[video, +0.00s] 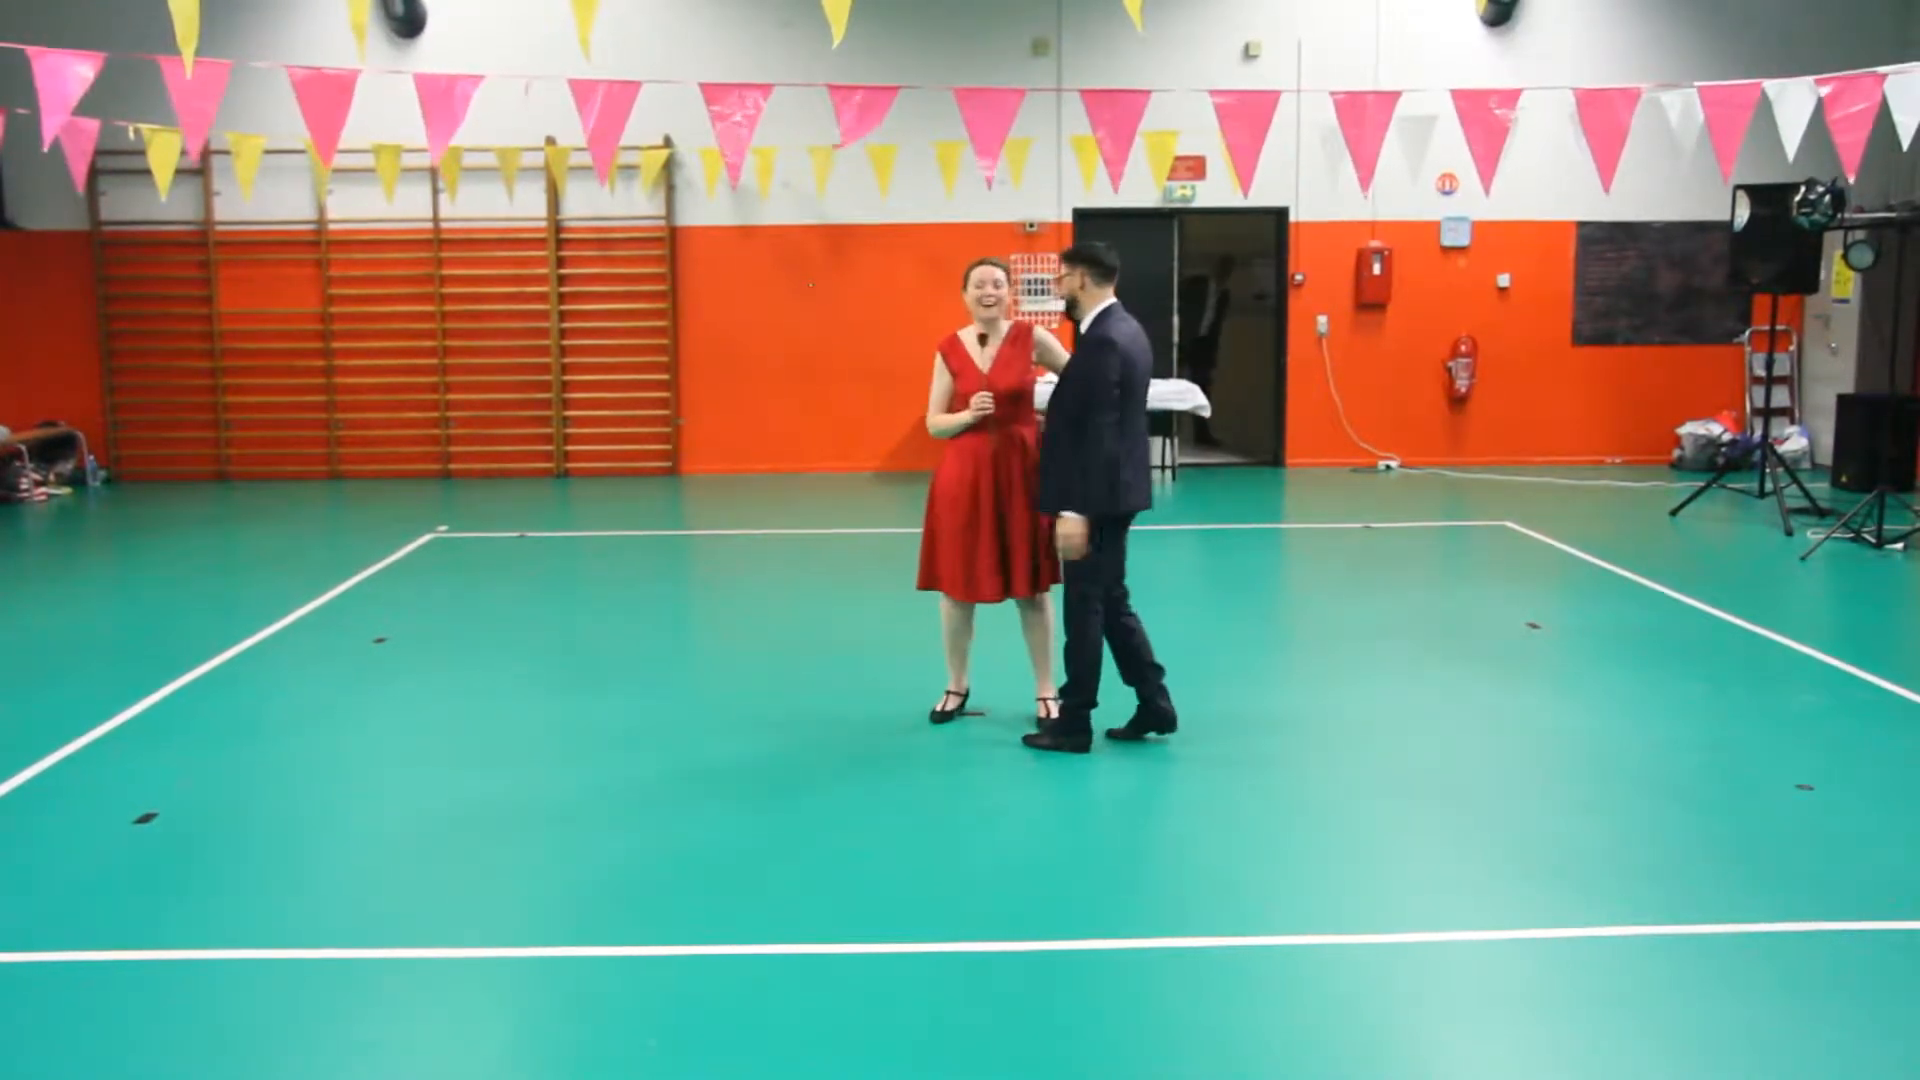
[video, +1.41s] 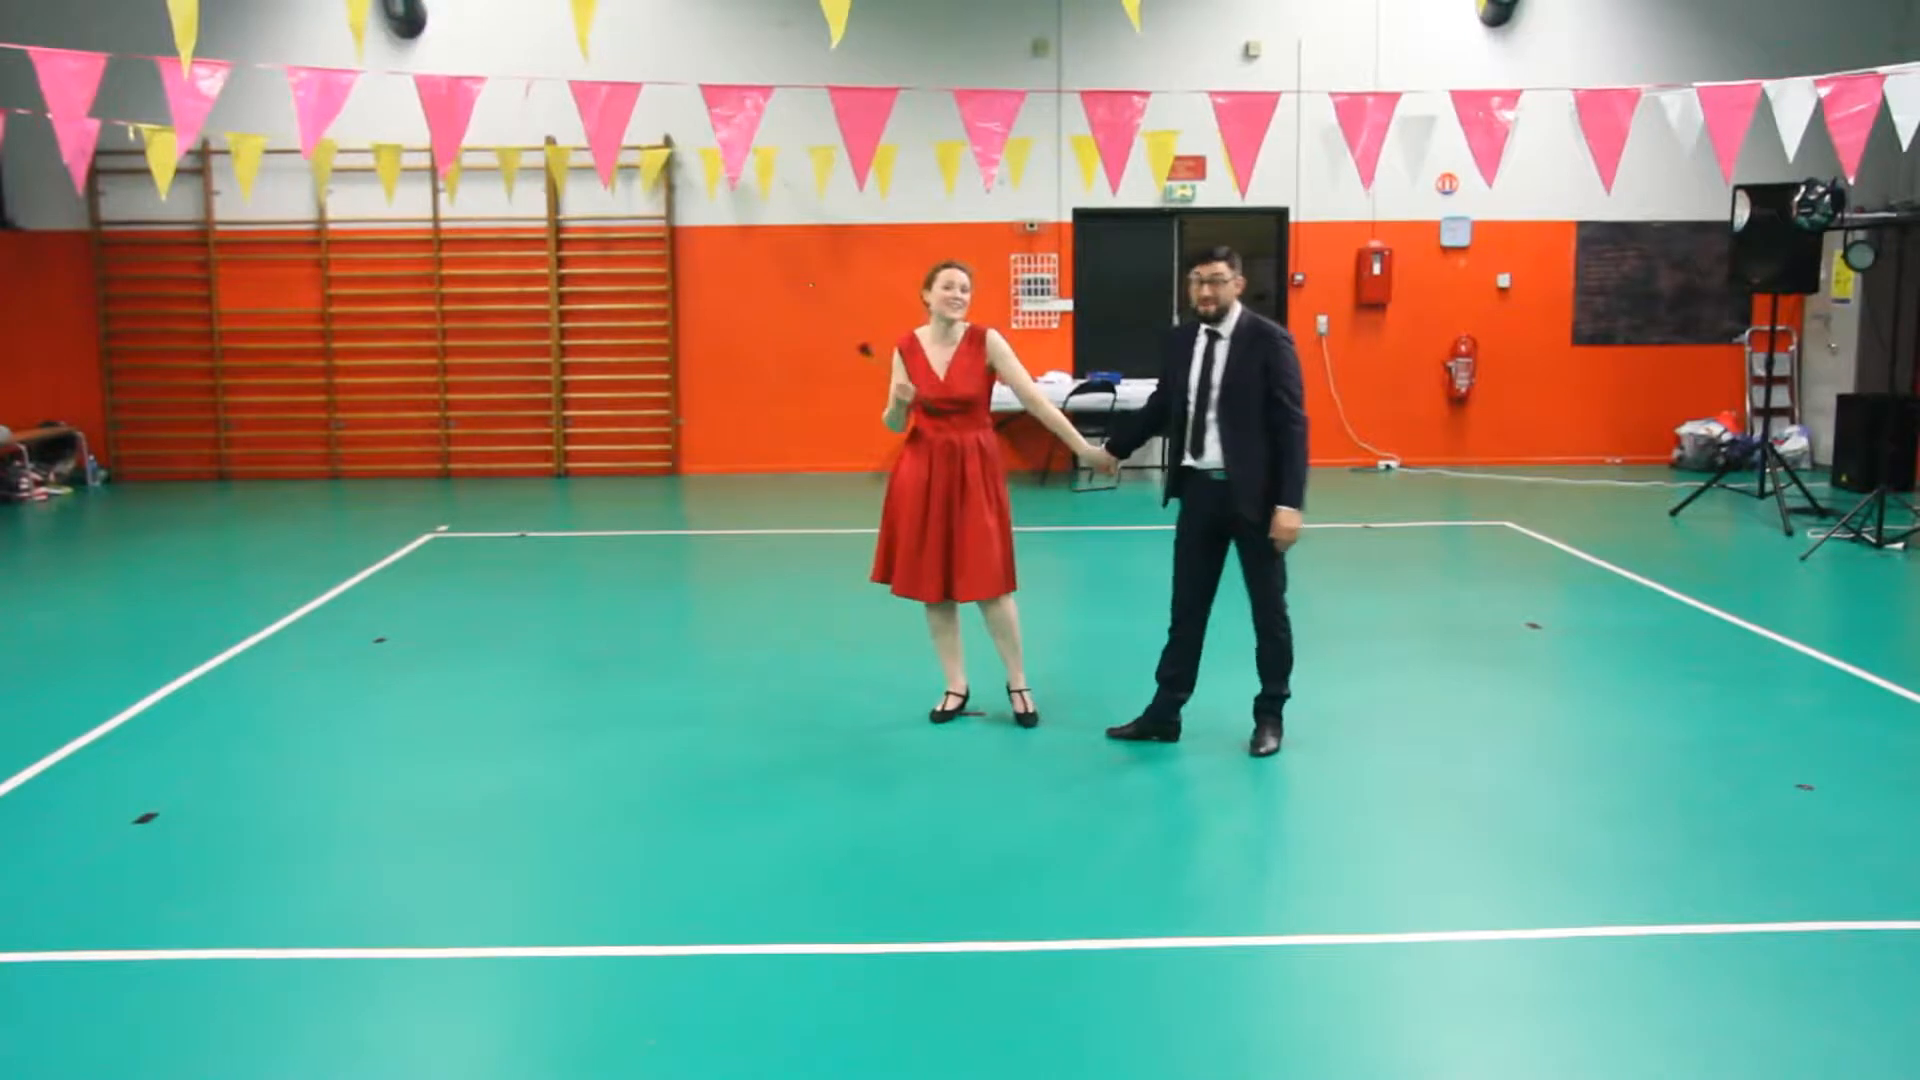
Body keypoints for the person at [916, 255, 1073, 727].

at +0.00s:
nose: (989, 292)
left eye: (997, 285)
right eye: (980, 286)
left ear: (1010, 292)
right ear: (965, 295)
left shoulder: (1031, 338)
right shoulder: (951, 349)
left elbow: (1082, 379)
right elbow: (934, 423)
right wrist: (968, 414)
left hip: (1021, 470)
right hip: (965, 473)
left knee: (1031, 590)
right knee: (956, 587)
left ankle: (1046, 691)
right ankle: (956, 686)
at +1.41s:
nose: (957, 295)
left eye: (964, 289)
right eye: (947, 287)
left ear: (971, 299)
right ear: (926, 295)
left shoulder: (987, 342)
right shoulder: (907, 348)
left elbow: (1035, 401)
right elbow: (894, 424)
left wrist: (1084, 450)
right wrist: (898, 403)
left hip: (976, 469)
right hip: (925, 470)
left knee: (991, 585)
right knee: (936, 587)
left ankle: (1018, 686)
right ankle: (955, 688)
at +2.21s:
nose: (969, 304)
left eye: (979, 299)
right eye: (962, 295)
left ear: (989, 308)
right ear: (946, 300)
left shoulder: (1004, 347)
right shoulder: (938, 346)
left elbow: (1045, 412)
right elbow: (946, 414)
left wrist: (1083, 472)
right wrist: (917, 405)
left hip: (1015, 462)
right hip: (968, 461)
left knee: (1015, 583)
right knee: (960, 582)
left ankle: (1019, 692)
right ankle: (957, 688)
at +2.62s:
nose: (995, 296)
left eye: (1003, 290)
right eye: (987, 288)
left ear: (1016, 298)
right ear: (971, 295)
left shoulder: (1035, 342)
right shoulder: (960, 352)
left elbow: (1058, 413)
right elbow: (955, 427)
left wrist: (1075, 481)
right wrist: (976, 414)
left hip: (1031, 471)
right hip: (981, 473)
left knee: (1027, 587)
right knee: (967, 586)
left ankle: (1021, 691)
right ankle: (962, 687)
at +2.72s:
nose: (1001, 296)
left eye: (1009, 289)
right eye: (992, 288)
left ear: (1021, 298)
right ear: (976, 296)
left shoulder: (1041, 344)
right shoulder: (962, 355)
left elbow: (1062, 415)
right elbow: (955, 430)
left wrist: (1079, 480)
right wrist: (988, 419)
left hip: (1034, 475)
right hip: (981, 477)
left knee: (1029, 587)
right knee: (973, 587)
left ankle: (1021, 690)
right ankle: (975, 686)